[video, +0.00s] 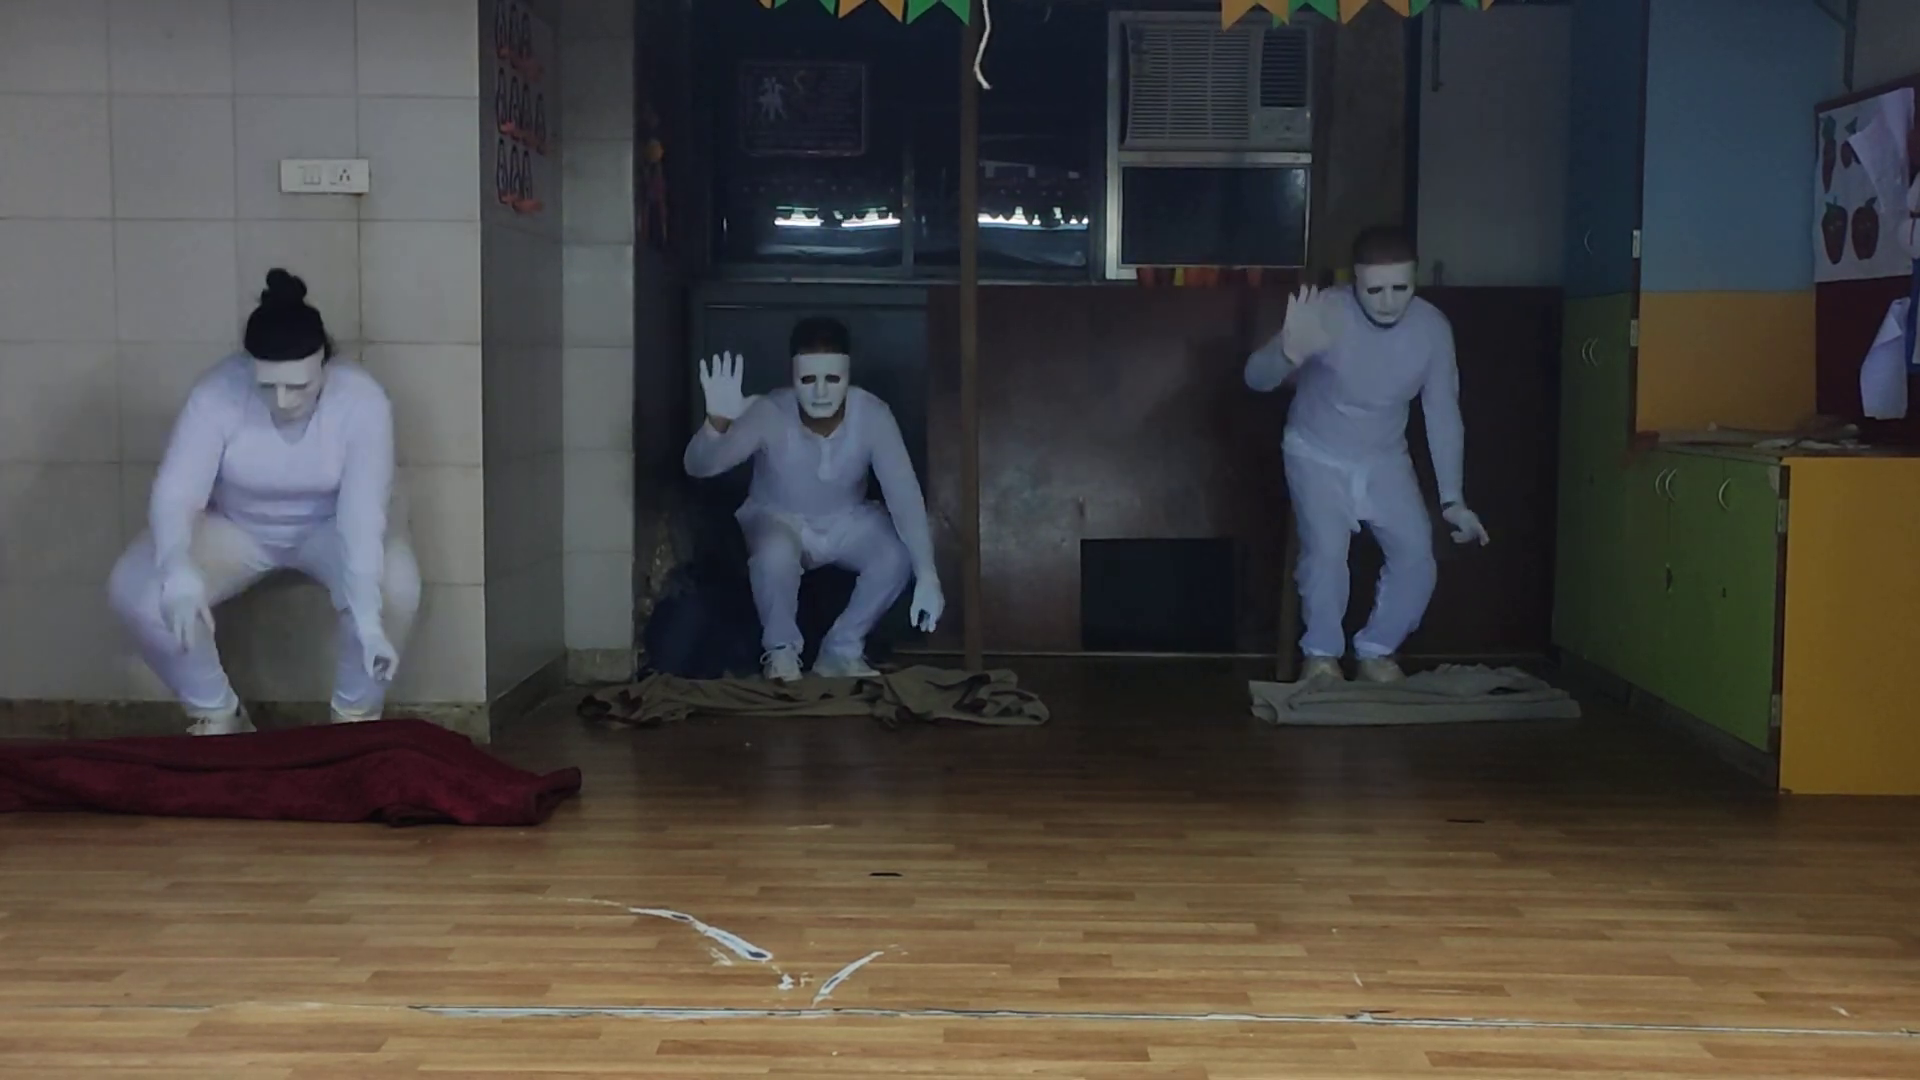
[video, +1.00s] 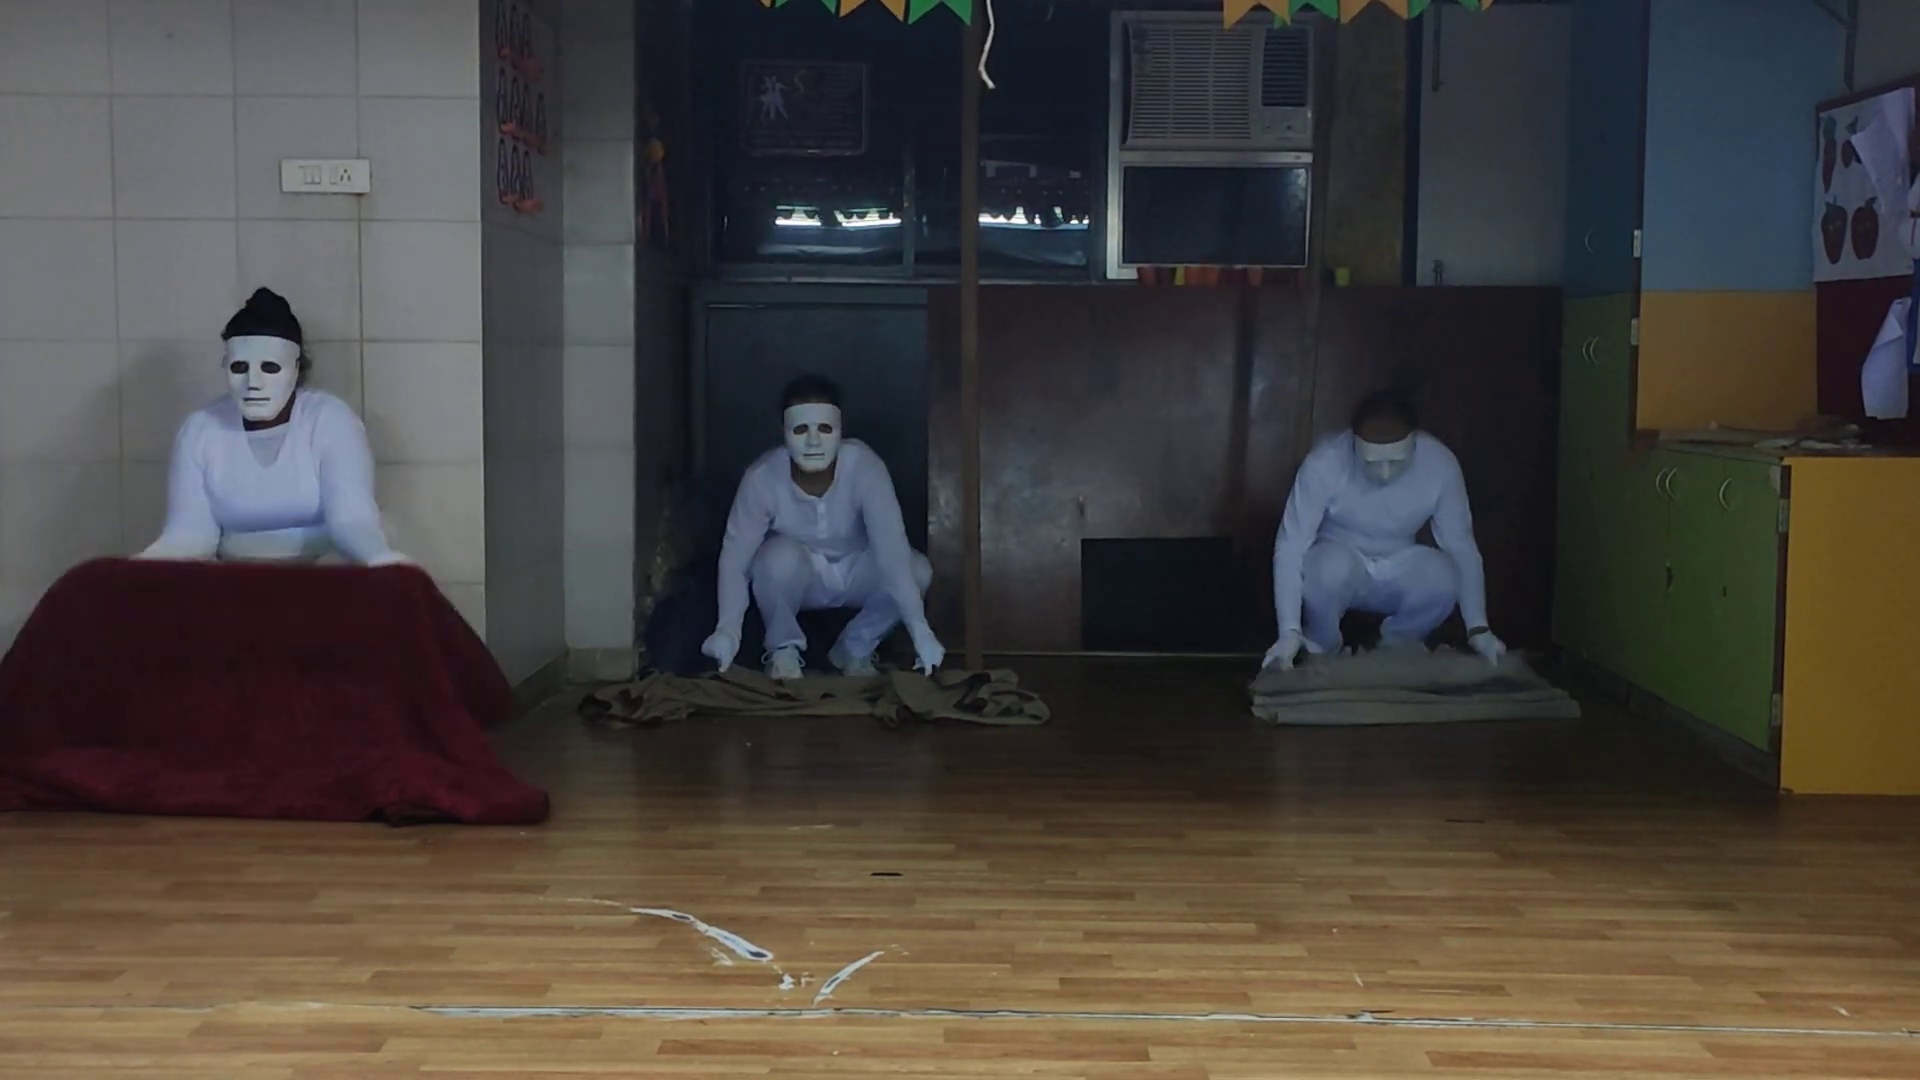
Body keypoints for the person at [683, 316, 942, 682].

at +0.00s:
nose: (821, 391)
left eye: (832, 378)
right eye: (809, 379)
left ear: (847, 376)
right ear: (793, 378)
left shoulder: (872, 417)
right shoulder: (768, 414)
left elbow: (904, 495)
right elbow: (698, 466)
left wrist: (926, 576)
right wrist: (716, 423)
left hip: (847, 522)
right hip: (778, 521)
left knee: (894, 557)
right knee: (774, 557)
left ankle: (841, 650)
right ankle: (781, 649)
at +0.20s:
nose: (815, 441)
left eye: (827, 429)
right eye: (803, 429)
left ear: (842, 418)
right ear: (789, 419)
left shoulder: (867, 447)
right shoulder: (764, 452)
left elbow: (903, 526)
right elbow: (696, 520)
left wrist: (925, 603)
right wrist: (707, 497)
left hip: (852, 555)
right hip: (790, 556)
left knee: (898, 558)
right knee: (773, 552)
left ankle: (848, 651)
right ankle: (780, 651)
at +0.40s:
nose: (810, 468)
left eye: (822, 456)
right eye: (798, 457)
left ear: (838, 440)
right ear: (783, 444)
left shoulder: (864, 464)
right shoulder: (761, 472)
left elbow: (896, 545)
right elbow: (727, 530)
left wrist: (920, 626)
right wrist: (713, 560)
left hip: (856, 569)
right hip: (795, 572)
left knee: (909, 564)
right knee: (777, 556)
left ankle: (850, 649)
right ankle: (782, 649)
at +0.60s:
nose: (809, 476)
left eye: (821, 464)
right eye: (797, 465)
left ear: (837, 448)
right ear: (782, 451)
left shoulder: (866, 469)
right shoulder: (760, 480)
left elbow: (891, 551)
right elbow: (733, 553)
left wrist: (910, 633)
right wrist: (733, 617)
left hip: (857, 572)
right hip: (798, 574)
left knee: (915, 568)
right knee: (778, 560)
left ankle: (850, 649)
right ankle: (782, 648)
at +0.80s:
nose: (810, 469)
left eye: (821, 456)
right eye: (797, 457)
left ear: (837, 445)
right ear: (783, 449)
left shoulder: (864, 473)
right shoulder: (760, 483)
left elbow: (886, 557)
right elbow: (735, 563)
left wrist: (905, 639)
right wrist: (730, 646)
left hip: (855, 576)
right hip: (798, 577)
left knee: (915, 568)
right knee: (779, 558)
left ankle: (852, 649)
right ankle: (783, 647)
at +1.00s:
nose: (813, 440)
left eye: (825, 429)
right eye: (800, 430)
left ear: (840, 432)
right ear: (784, 434)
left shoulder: (865, 468)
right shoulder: (762, 481)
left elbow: (892, 551)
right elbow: (733, 560)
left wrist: (920, 630)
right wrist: (728, 631)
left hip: (860, 575)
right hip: (799, 576)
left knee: (916, 569)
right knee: (779, 557)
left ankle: (854, 649)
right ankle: (783, 647)